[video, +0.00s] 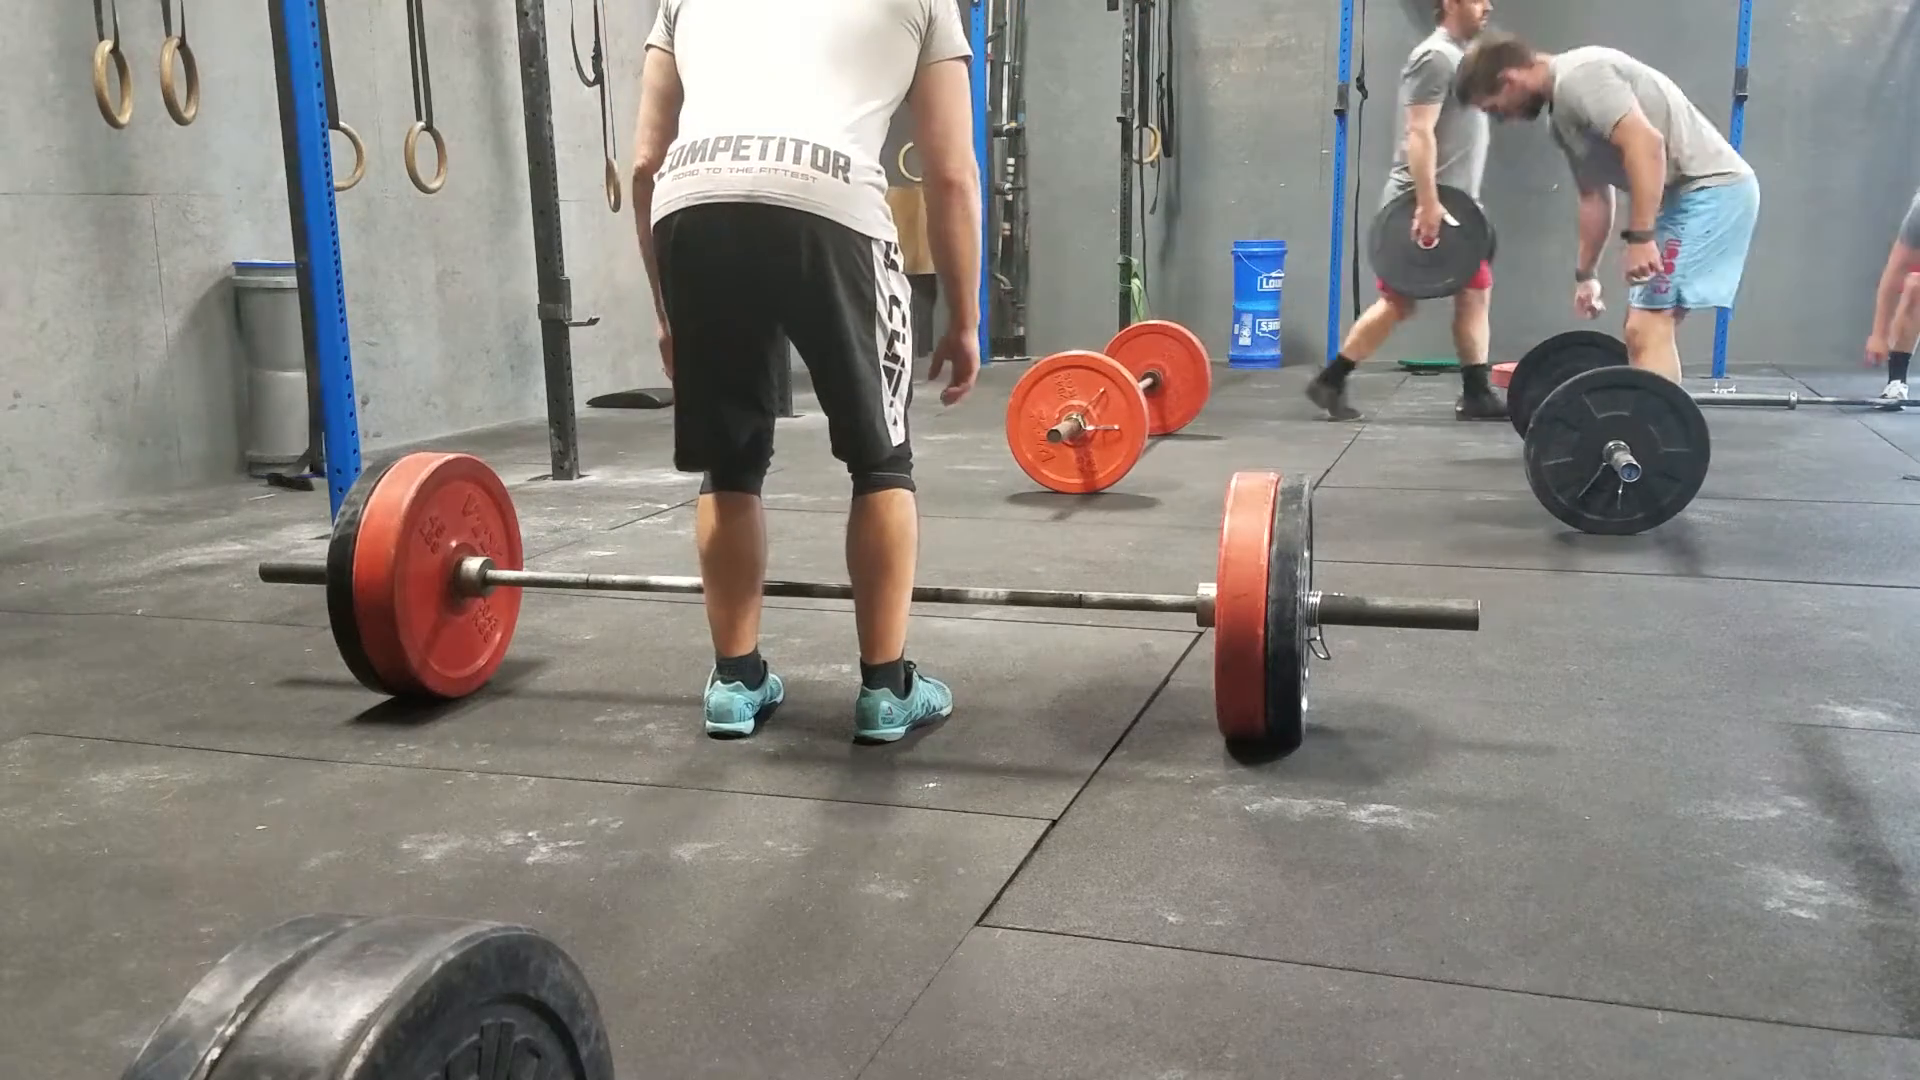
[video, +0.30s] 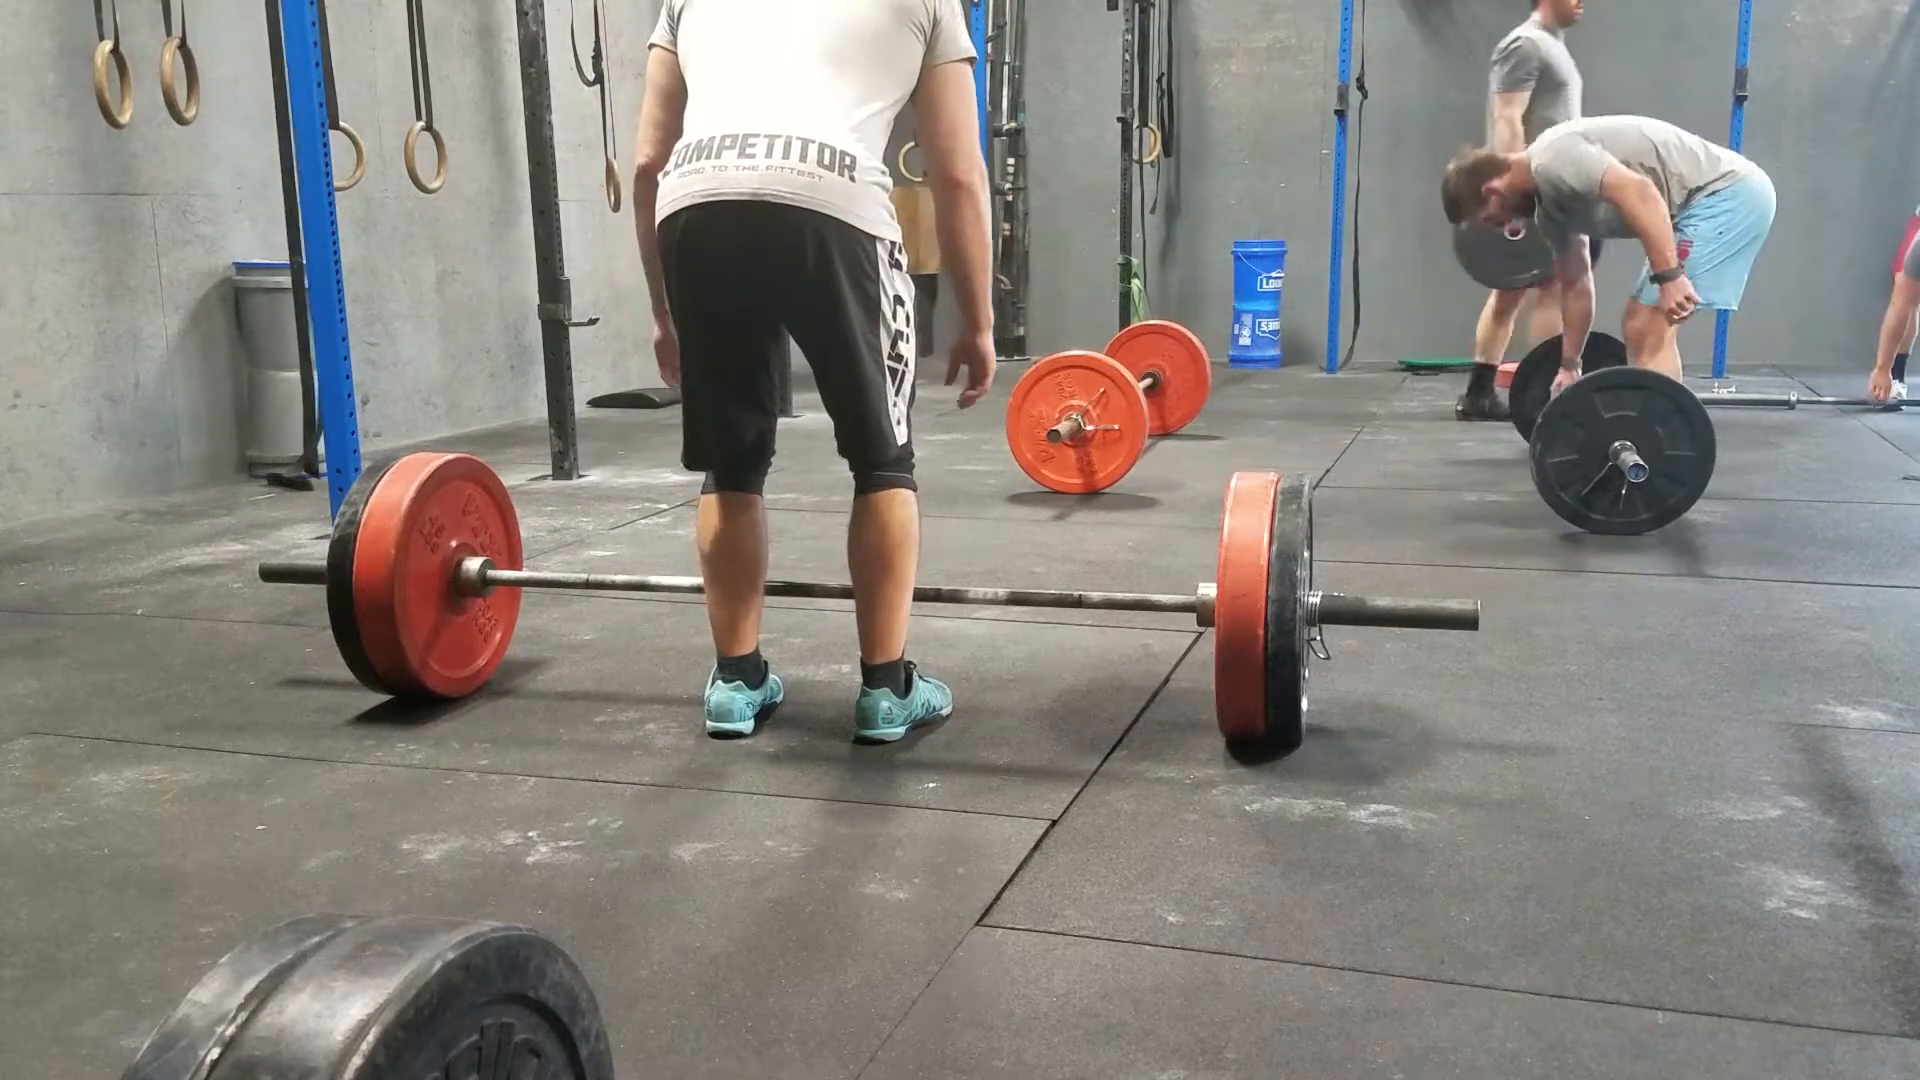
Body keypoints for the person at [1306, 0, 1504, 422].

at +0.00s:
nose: (1486, 8)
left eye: (1486, 1)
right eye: (1477, 1)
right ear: (1450, 6)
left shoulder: (1465, 57)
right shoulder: (1435, 56)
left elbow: (1455, 138)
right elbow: (1418, 132)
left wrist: (1463, 203)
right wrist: (1427, 202)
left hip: (1455, 201)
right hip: (1418, 201)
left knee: (1476, 288)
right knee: (1399, 301)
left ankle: (1477, 393)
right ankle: (1330, 381)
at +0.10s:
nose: (1519, 5)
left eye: (1519, 0)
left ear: (1490, 6)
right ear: (1484, 3)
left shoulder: (1489, 49)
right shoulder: (1466, 49)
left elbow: (1472, 126)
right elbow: (1448, 127)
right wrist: (1457, 195)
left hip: (1490, 195)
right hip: (1465, 197)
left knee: (1493, 292)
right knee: (1465, 296)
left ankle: (1479, 392)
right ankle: (1380, 360)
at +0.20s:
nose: (1550, 6)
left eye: (1549, 1)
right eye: (1544, 0)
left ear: (1522, 5)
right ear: (1519, 2)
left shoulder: (1519, 44)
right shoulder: (1494, 44)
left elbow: (1503, 121)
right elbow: (1473, 123)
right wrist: (1484, 190)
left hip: (1522, 186)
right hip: (1508, 188)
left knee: (1509, 285)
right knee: (1528, 283)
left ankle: (1481, 383)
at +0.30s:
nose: (1581, 5)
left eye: (1580, 1)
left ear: (1552, 4)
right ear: (1551, 2)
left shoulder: (1551, 44)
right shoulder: (1524, 45)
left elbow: (1547, 126)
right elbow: (1505, 122)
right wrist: (1513, 199)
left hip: (1548, 193)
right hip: (1535, 195)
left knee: (1507, 292)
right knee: (1553, 291)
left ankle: (1480, 392)